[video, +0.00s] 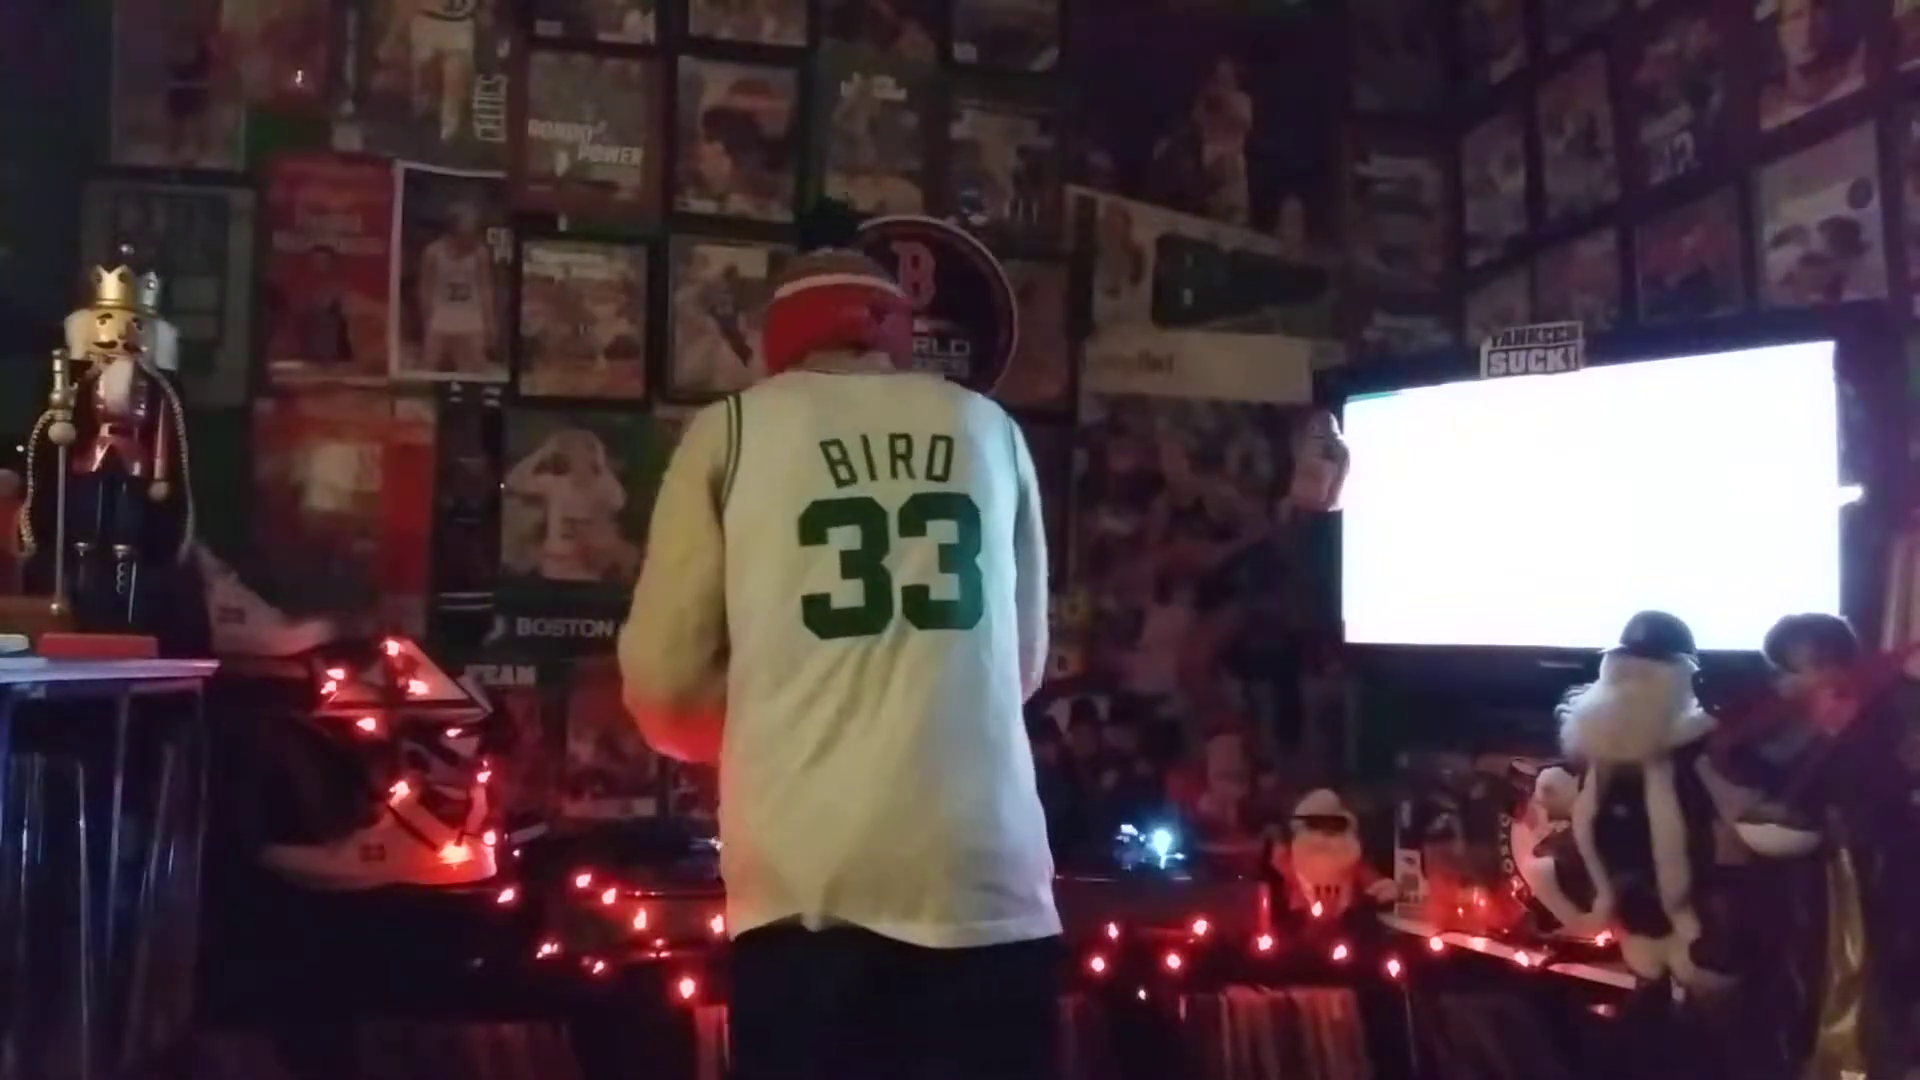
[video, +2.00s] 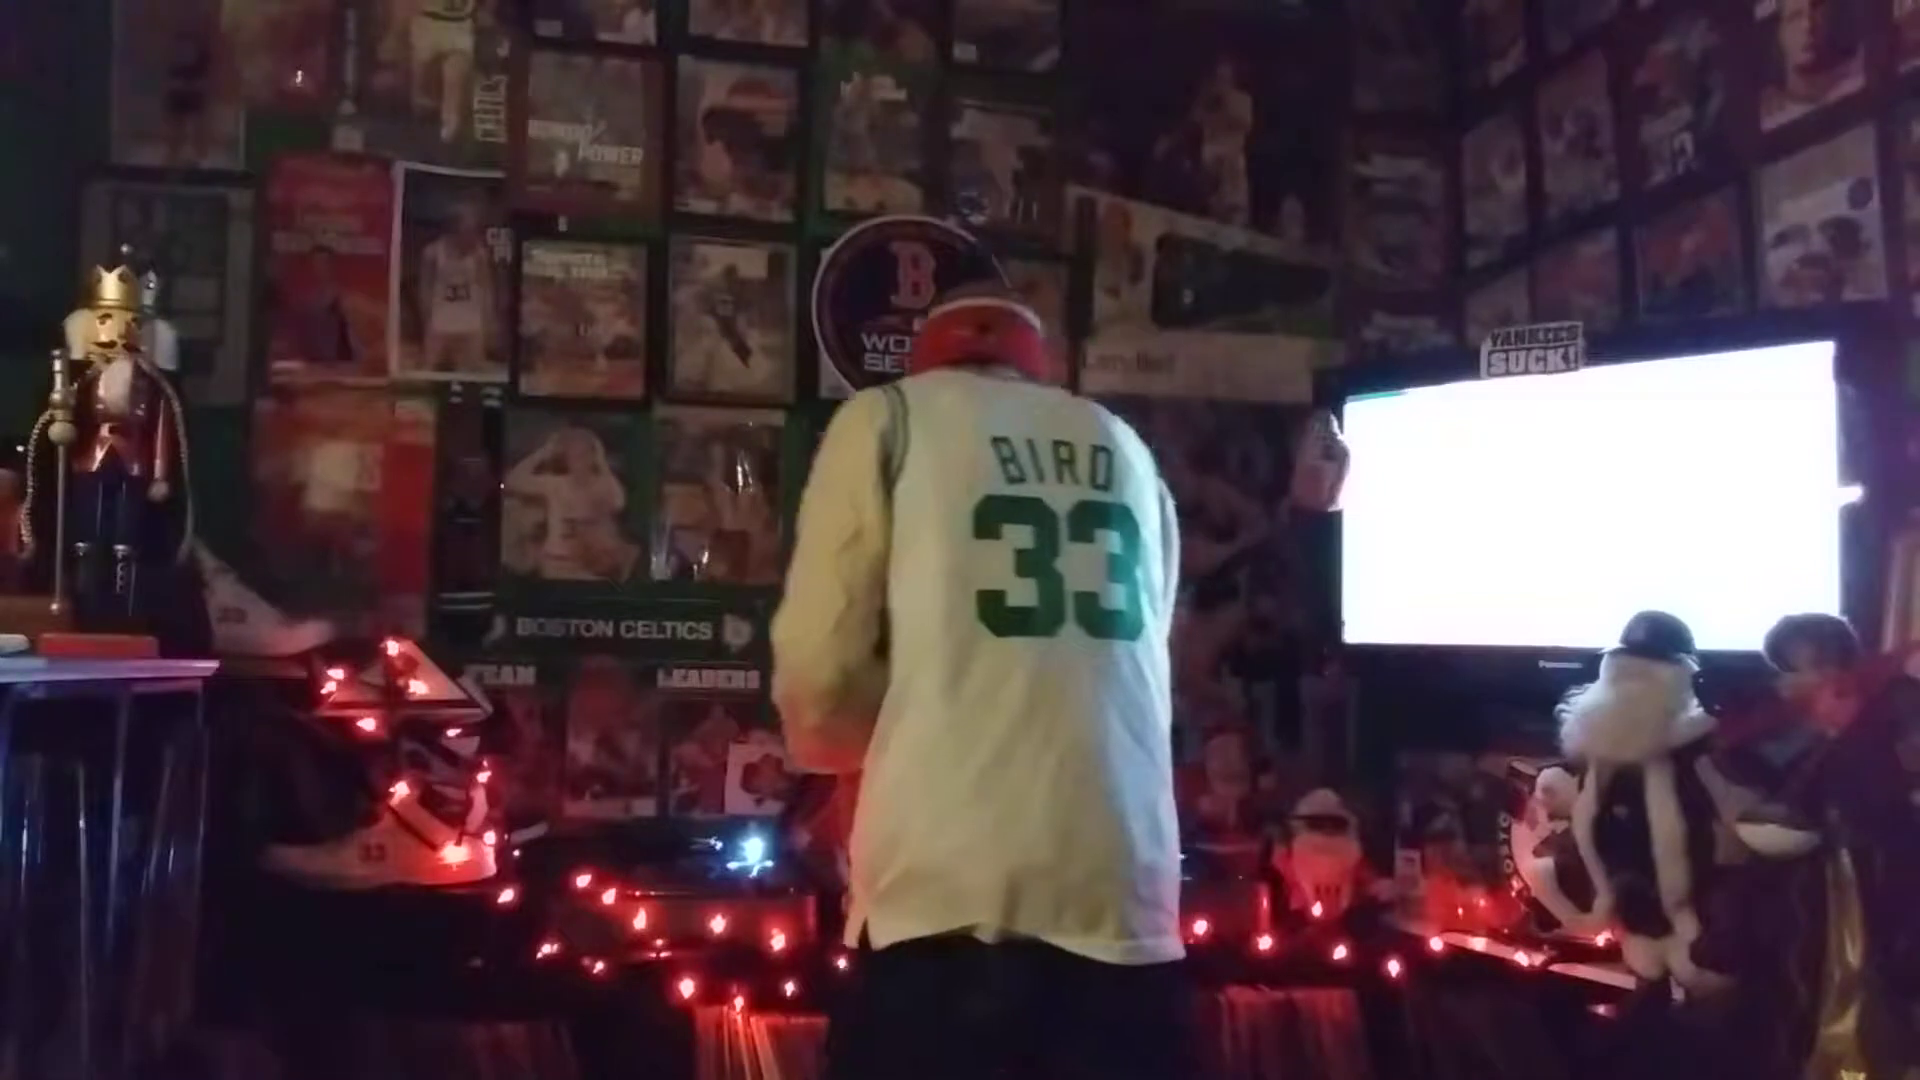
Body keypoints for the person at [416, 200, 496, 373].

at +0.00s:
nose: (466, 235)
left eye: (470, 230)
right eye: (462, 230)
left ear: (475, 230)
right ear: (453, 228)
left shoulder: (480, 253)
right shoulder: (434, 252)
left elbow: (486, 290)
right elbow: (425, 288)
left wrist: (490, 324)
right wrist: (428, 318)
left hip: (471, 326)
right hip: (440, 325)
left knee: (472, 379)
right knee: (435, 378)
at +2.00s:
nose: (469, 235)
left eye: (473, 230)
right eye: (465, 230)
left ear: (477, 230)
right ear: (455, 229)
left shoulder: (481, 254)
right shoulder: (433, 253)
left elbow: (488, 290)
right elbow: (425, 288)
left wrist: (490, 321)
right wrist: (427, 319)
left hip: (472, 329)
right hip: (440, 328)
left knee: (472, 381)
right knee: (433, 380)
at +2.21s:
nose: (469, 236)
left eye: (472, 231)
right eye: (465, 231)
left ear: (477, 231)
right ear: (454, 230)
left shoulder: (481, 254)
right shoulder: (433, 253)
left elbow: (488, 291)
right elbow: (425, 289)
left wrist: (490, 323)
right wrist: (427, 319)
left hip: (472, 330)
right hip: (439, 330)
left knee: (472, 383)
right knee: (434, 383)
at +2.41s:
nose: (468, 236)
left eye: (472, 231)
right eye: (464, 230)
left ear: (477, 230)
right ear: (454, 229)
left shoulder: (481, 252)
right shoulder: (434, 252)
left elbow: (488, 290)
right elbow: (425, 288)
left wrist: (490, 322)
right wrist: (428, 318)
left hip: (472, 324)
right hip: (441, 324)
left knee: (474, 375)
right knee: (431, 376)